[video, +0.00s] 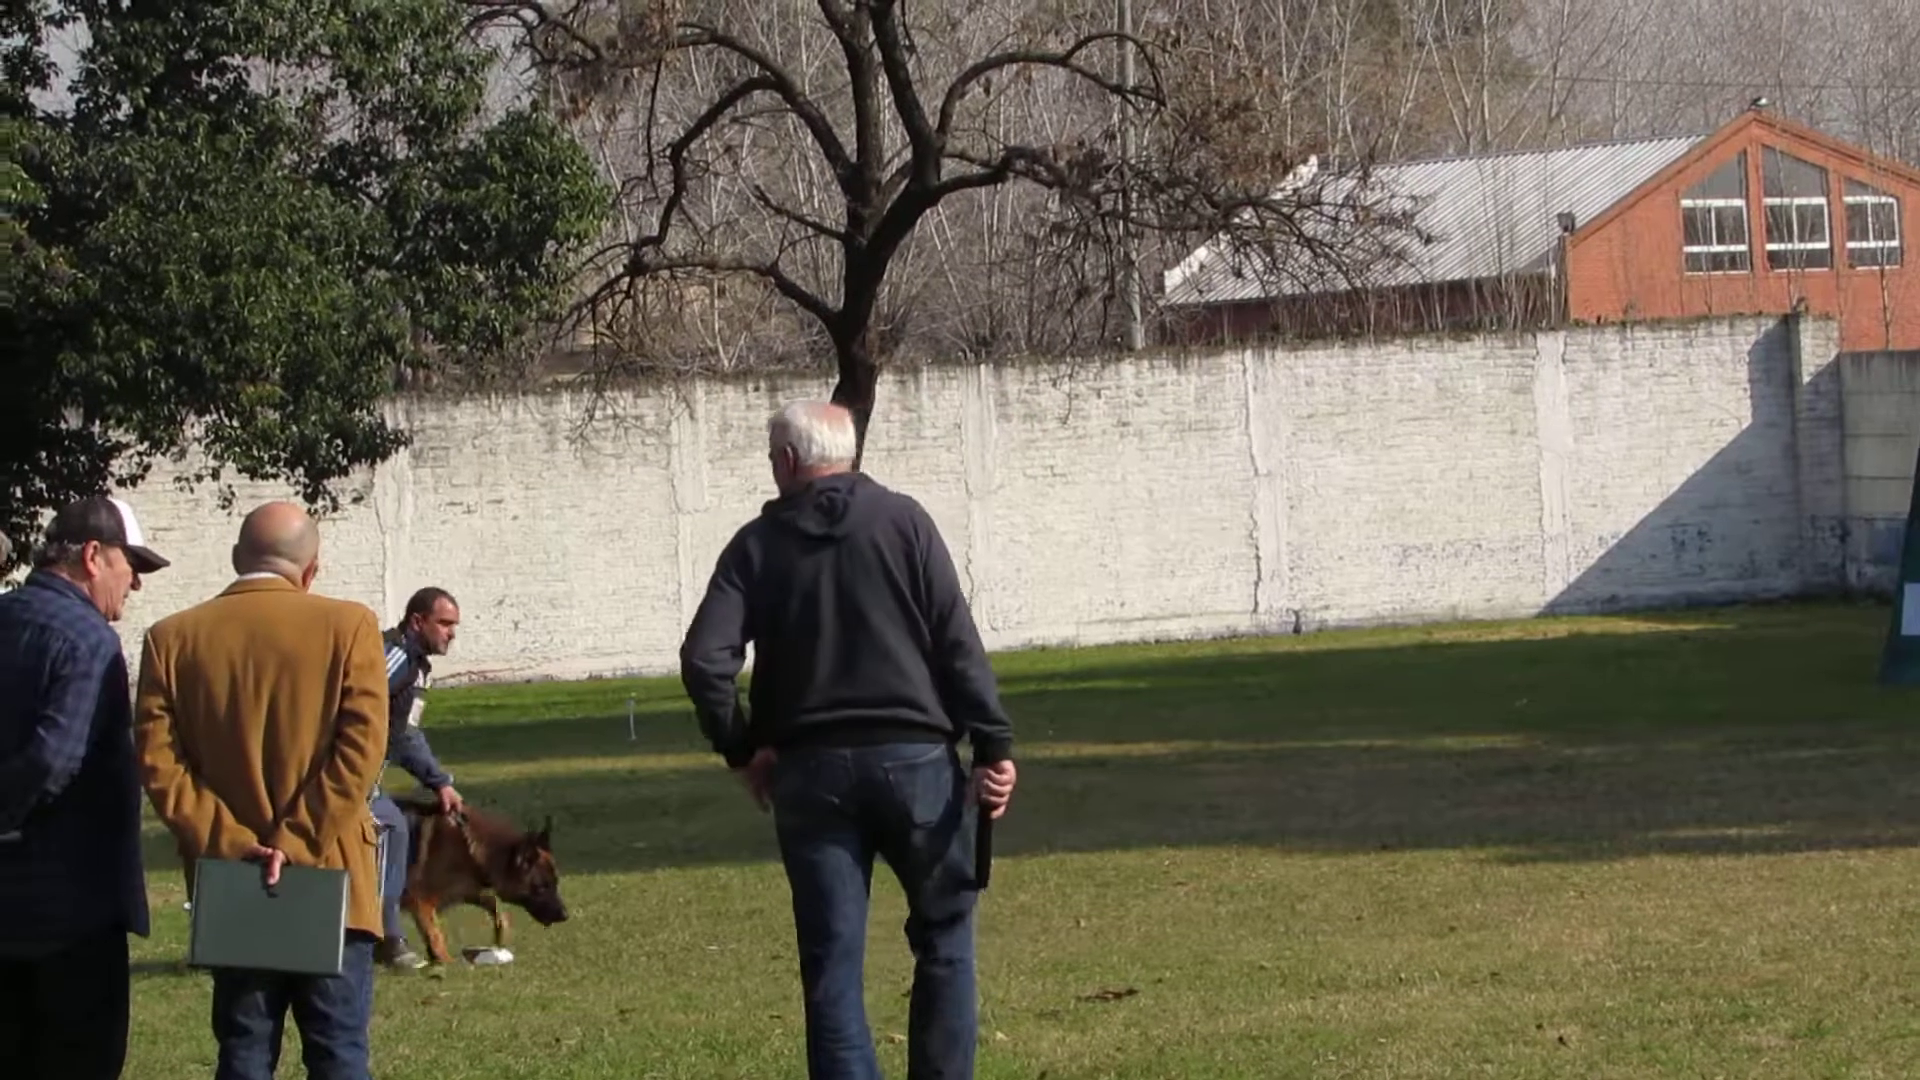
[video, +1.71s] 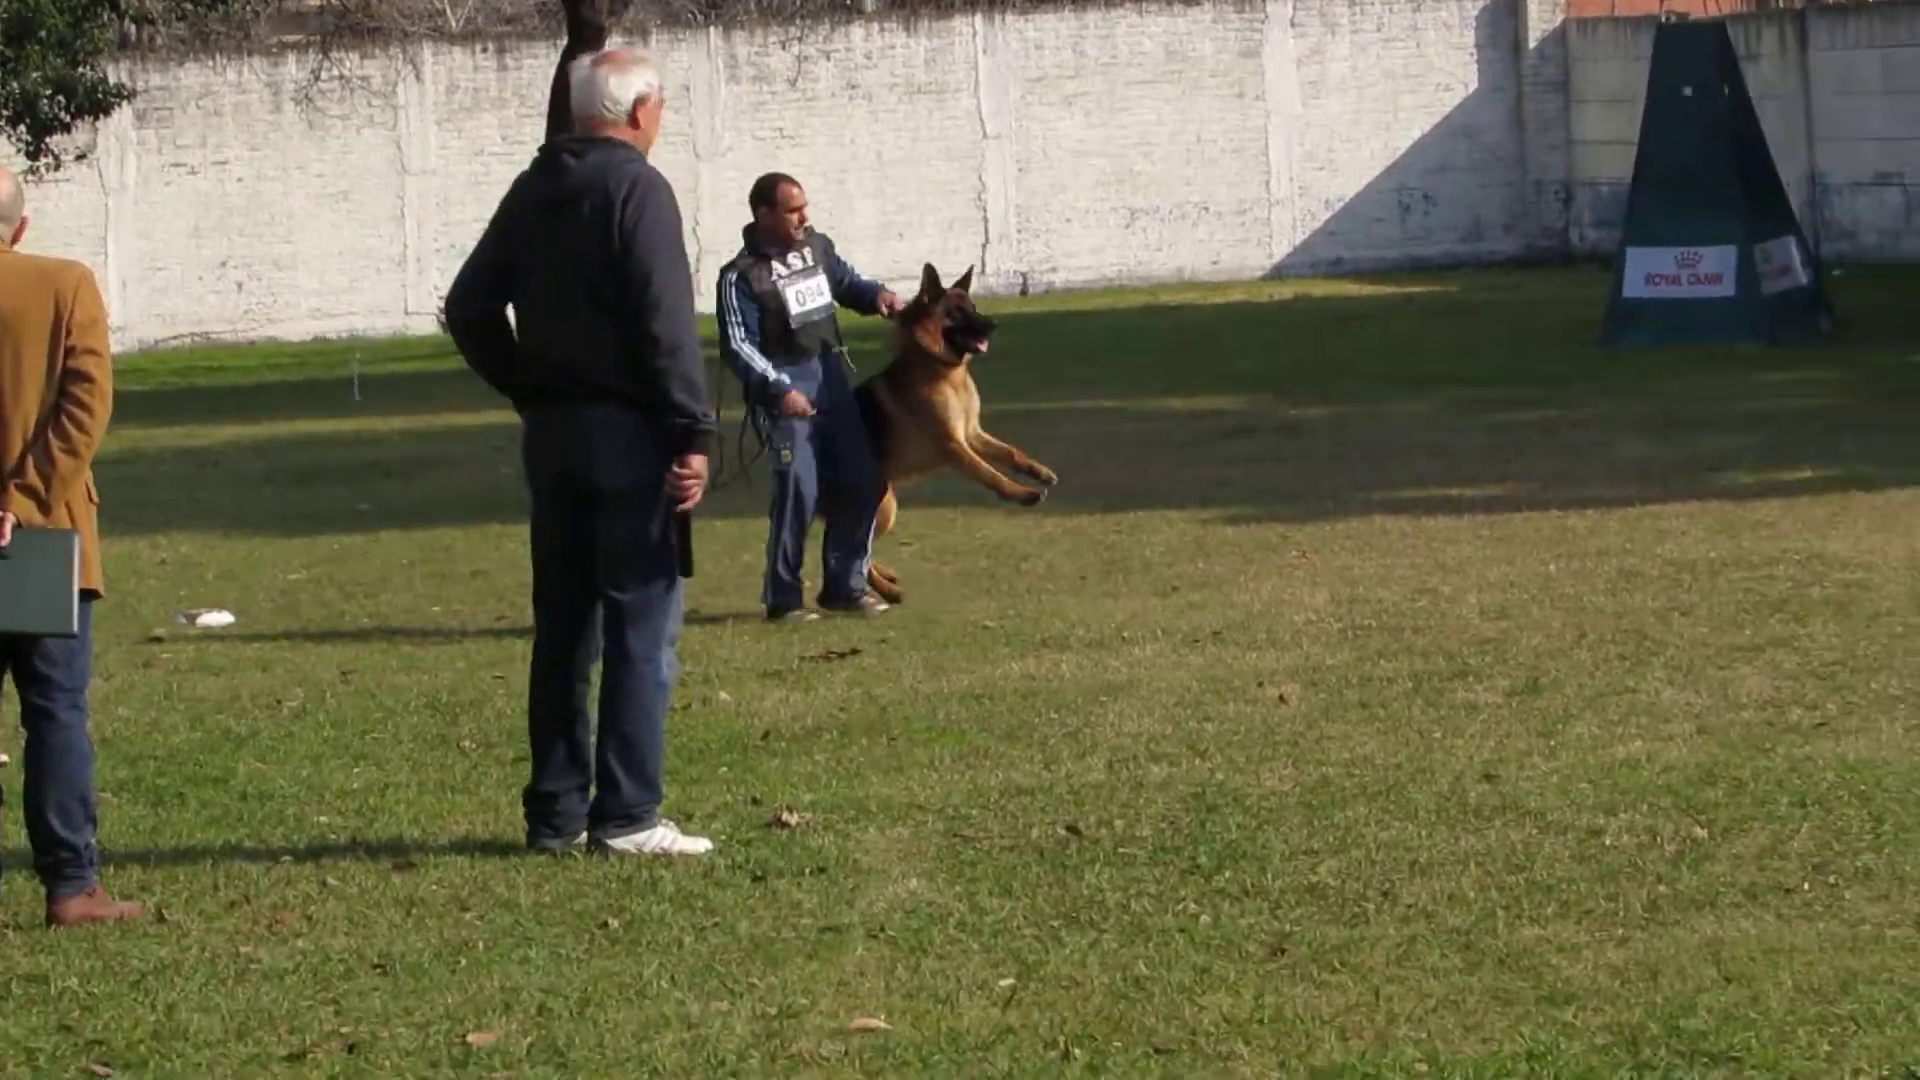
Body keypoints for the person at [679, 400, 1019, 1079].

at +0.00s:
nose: (771, 472)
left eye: (772, 461)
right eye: (773, 461)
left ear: (787, 461)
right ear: (852, 457)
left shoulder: (757, 542)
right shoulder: (904, 520)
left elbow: (705, 660)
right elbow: (956, 642)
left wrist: (742, 749)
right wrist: (994, 746)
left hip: (808, 773)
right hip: (915, 763)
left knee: (830, 964)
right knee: (945, 936)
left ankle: (845, 1076)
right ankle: (943, 1071)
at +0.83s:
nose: (872, 402)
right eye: (872, 392)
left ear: (793, 400)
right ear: (869, 397)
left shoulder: (757, 481)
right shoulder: (893, 466)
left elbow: (693, 600)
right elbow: (937, 595)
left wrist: (745, 684)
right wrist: (970, 702)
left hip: (795, 713)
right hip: (890, 709)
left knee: (818, 911)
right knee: (904, 907)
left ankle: (835, 1065)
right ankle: (897, 1068)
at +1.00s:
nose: (890, 326)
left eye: (886, 316)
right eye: (888, 316)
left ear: (803, 322)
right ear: (881, 321)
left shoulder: (765, 401)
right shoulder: (899, 391)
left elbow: (700, 516)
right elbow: (938, 521)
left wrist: (751, 602)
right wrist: (970, 627)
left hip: (800, 640)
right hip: (891, 636)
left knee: (819, 826)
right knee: (900, 822)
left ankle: (833, 1009)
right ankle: (888, 1016)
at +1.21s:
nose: (870, 229)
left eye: (866, 217)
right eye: (868, 219)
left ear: (783, 219)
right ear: (856, 224)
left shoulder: (738, 302)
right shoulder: (870, 296)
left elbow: (671, 409)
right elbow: (904, 430)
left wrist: (716, 500)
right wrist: (927, 537)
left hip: (763, 545)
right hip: (852, 542)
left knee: (785, 732)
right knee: (857, 733)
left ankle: (791, 914)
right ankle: (844, 921)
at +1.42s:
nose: (804, 173)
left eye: (799, 161)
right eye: (802, 162)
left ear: (723, 157)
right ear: (789, 165)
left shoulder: (674, 236)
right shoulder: (798, 238)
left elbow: (600, 352)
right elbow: (830, 373)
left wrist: (653, 442)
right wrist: (850, 484)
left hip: (692, 482)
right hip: (776, 481)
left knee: (711, 670)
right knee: (783, 672)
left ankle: (703, 859)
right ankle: (769, 864)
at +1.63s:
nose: (716, 135)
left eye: (713, 121)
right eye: (713, 123)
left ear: (634, 121)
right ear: (696, 127)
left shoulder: (585, 198)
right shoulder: (696, 201)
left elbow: (517, 318)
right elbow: (726, 335)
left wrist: (580, 401)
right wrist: (752, 447)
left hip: (605, 450)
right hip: (686, 450)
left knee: (615, 635)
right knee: (696, 637)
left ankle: (608, 824)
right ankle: (681, 828)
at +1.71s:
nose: (662, 122)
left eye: (659, 108)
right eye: (658, 109)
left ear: (583, 109)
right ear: (636, 112)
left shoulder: (534, 183)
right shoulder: (639, 186)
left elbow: (468, 307)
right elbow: (667, 323)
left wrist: (535, 394)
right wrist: (694, 435)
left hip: (554, 439)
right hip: (633, 439)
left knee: (563, 628)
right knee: (645, 631)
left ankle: (556, 814)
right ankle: (629, 817)